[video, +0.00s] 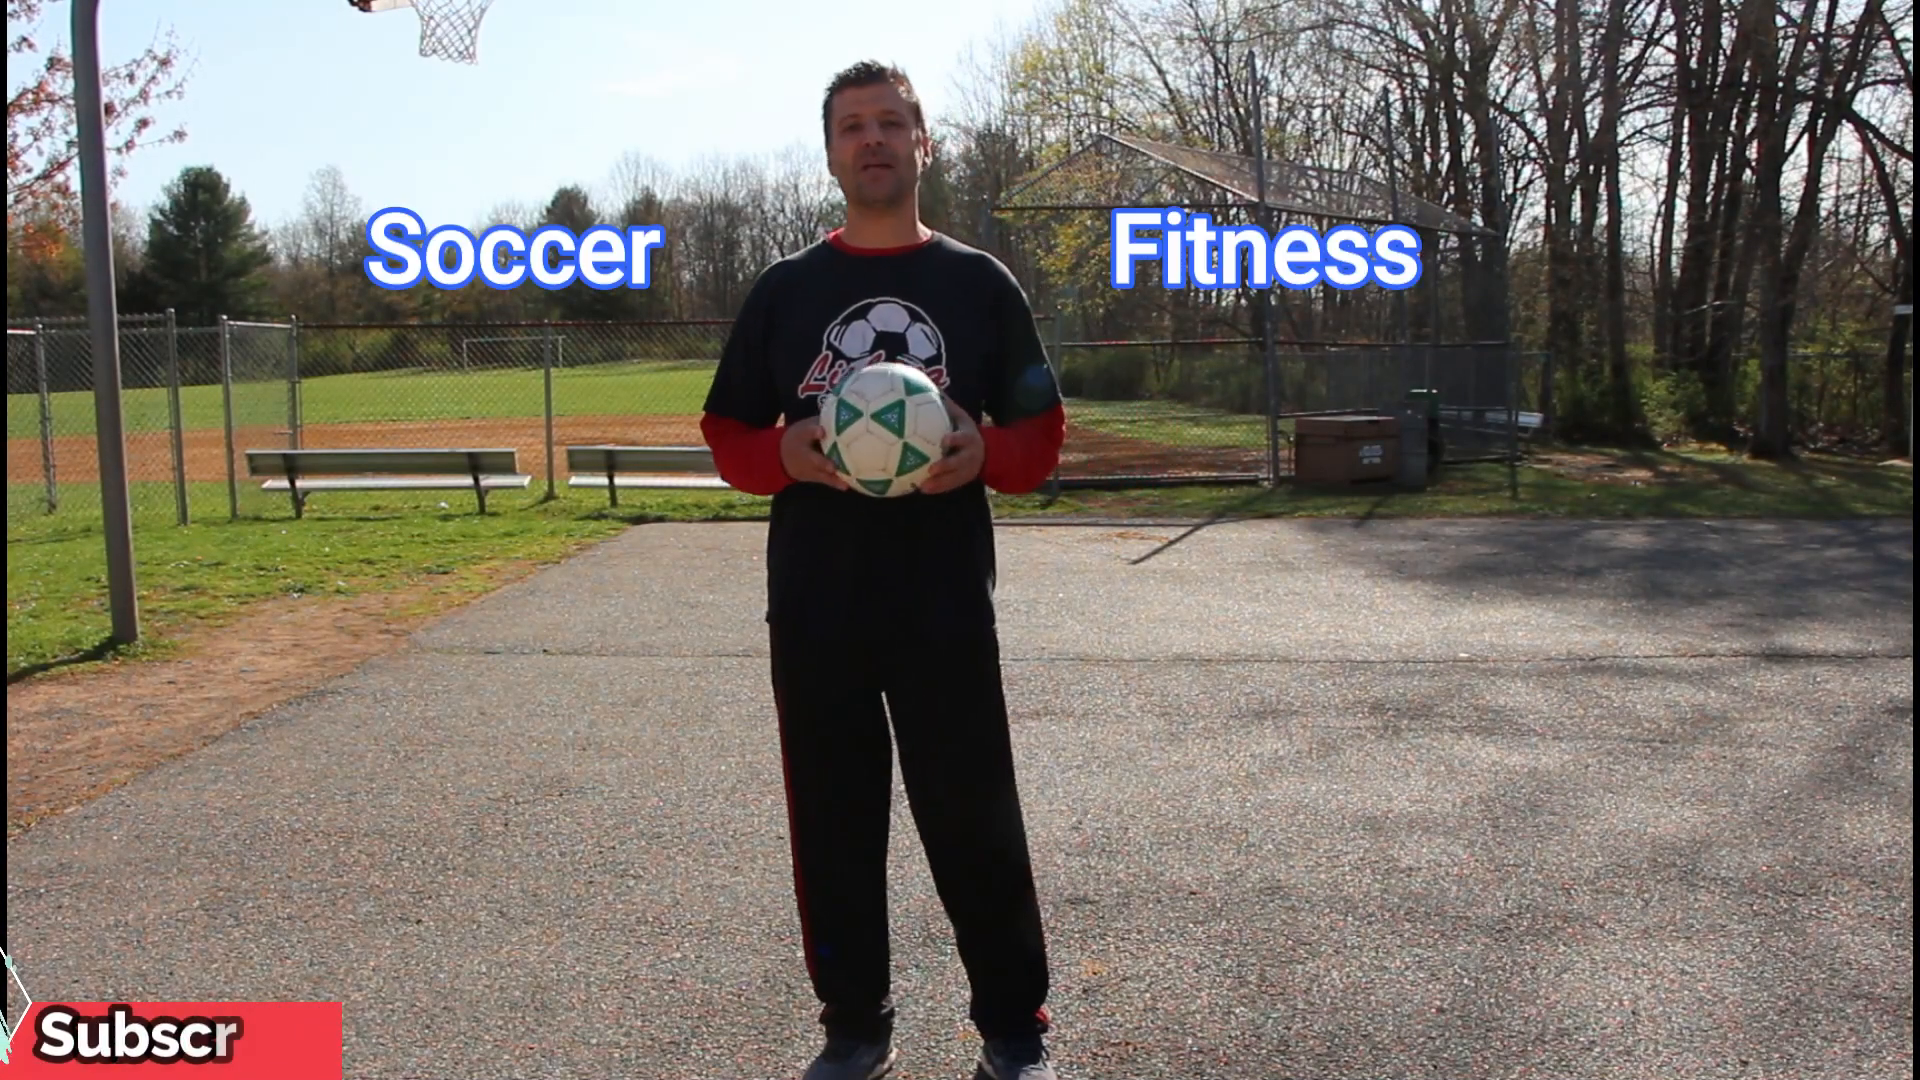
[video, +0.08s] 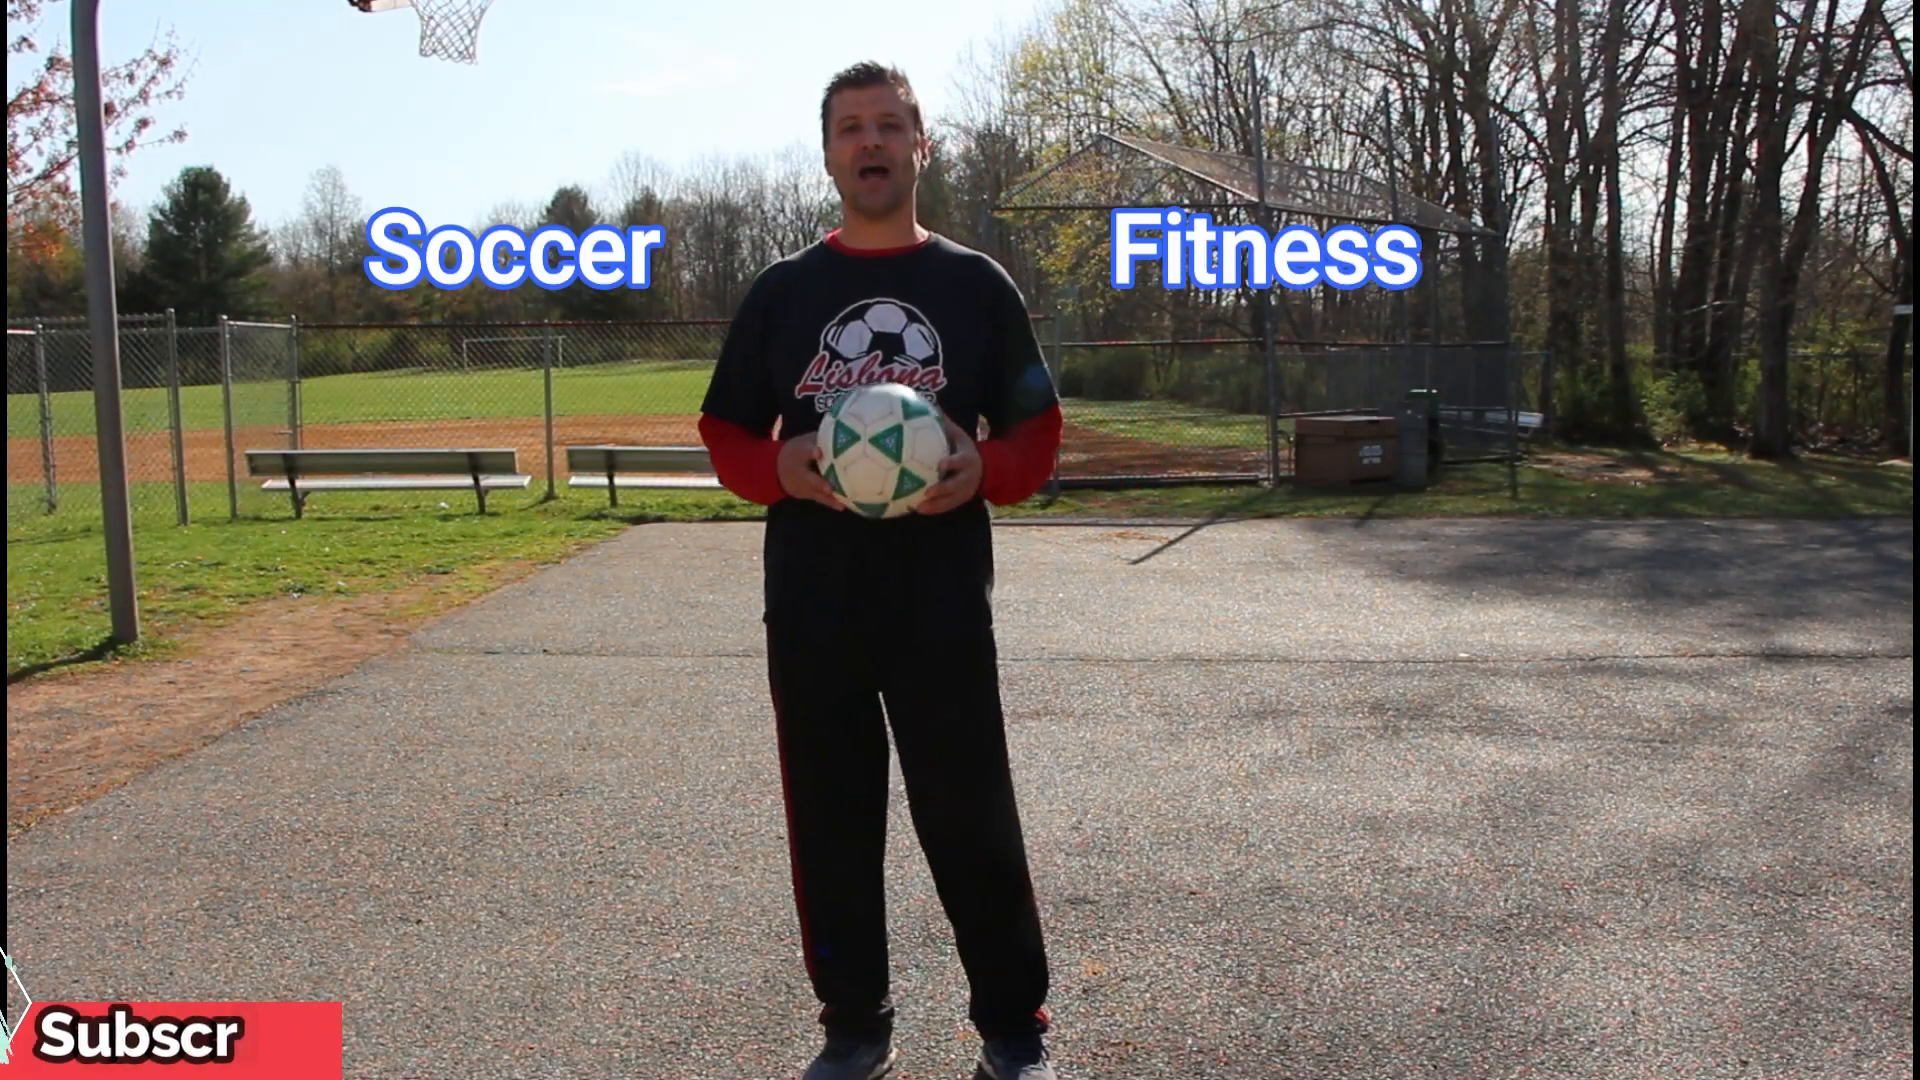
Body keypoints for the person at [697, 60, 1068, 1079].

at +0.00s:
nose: (876, 140)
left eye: (893, 123)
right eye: (854, 127)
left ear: (924, 142)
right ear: (829, 153)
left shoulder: (981, 282)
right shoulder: (780, 292)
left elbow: (1042, 433)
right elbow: (726, 439)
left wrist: (986, 449)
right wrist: (778, 451)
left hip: (941, 592)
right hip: (815, 598)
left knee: (973, 810)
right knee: (830, 815)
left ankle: (1013, 1025)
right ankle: (852, 1022)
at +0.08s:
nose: (873, 144)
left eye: (891, 127)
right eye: (852, 130)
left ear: (922, 144)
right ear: (827, 154)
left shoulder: (978, 284)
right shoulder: (778, 293)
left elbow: (1039, 428)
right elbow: (724, 429)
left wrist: (983, 470)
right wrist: (775, 469)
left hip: (938, 591)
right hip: (812, 596)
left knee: (969, 809)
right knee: (828, 814)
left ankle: (1013, 1025)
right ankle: (852, 1022)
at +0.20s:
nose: (876, 148)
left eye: (893, 131)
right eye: (854, 134)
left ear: (920, 148)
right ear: (826, 157)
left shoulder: (973, 287)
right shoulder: (775, 295)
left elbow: (1030, 434)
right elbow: (719, 431)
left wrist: (978, 483)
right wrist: (772, 478)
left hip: (936, 595)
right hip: (809, 598)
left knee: (966, 814)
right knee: (826, 818)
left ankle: (1012, 1027)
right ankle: (852, 1025)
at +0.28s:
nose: (876, 148)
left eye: (893, 131)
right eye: (854, 133)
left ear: (920, 148)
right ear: (826, 156)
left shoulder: (973, 286)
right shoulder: (773, 294)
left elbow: (1029, 433)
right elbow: (718, 427)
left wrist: (976, 482)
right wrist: (769, 475)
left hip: (934, 592)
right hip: (808, 595)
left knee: (966, 814)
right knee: (826, 817)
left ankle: (1012, 1028)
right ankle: (852, 1025)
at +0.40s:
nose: (880, 148)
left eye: (897, 131)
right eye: (857, 133)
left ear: (923, 148)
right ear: (828, 155)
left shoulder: (974, 287)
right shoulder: (774, 293)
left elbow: (1028, 433)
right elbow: (719, 427)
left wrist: (976, 486)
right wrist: (771, 480)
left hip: (935, 594)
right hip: (810, 597)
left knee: (968, 814)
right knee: (826, 819)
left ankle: (1013, 1029)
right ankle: (853, 1025)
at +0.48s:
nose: (881, 148)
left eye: (899, 131)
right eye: (859, 133)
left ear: (924, 149)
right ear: (830, 155)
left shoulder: (974, 287)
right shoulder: (775, 293)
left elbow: (1030, 432)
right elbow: (719, 428)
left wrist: (977, 483)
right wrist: (775, 481)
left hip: (937, 592)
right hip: (812, 596)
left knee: (970, 814)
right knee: (827, 818)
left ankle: (1013, 1030)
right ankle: (853, 1026)